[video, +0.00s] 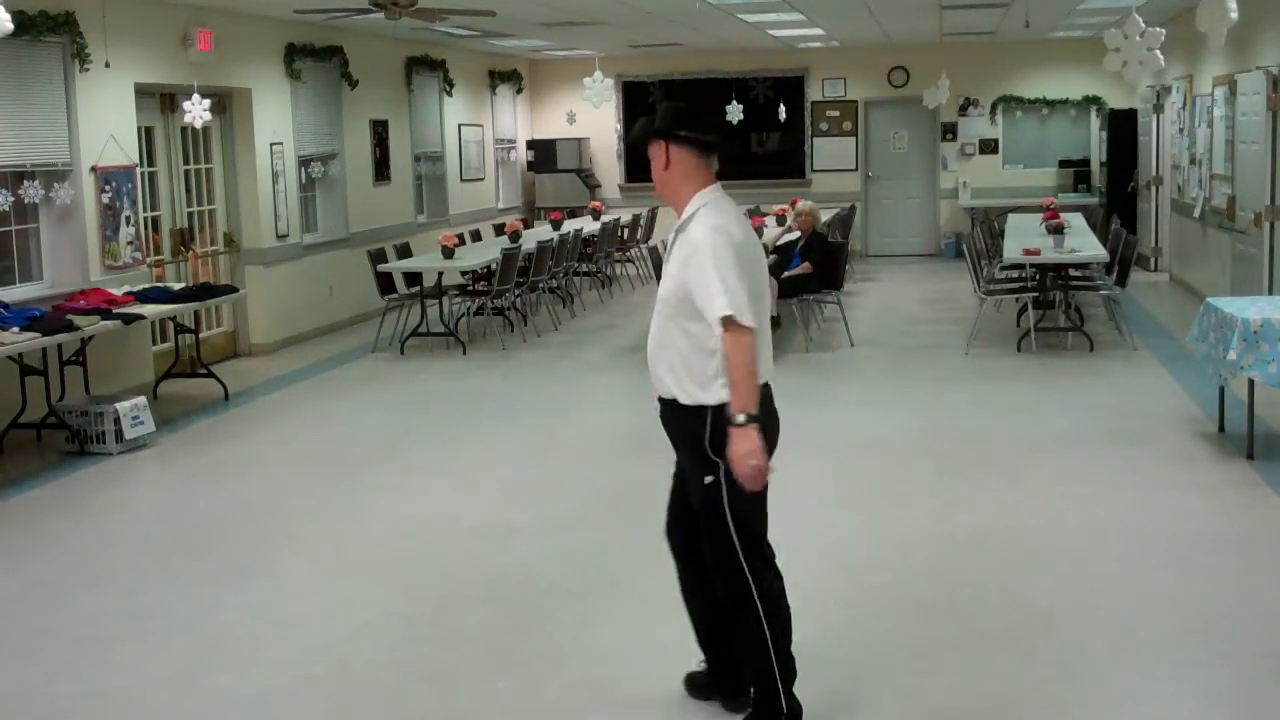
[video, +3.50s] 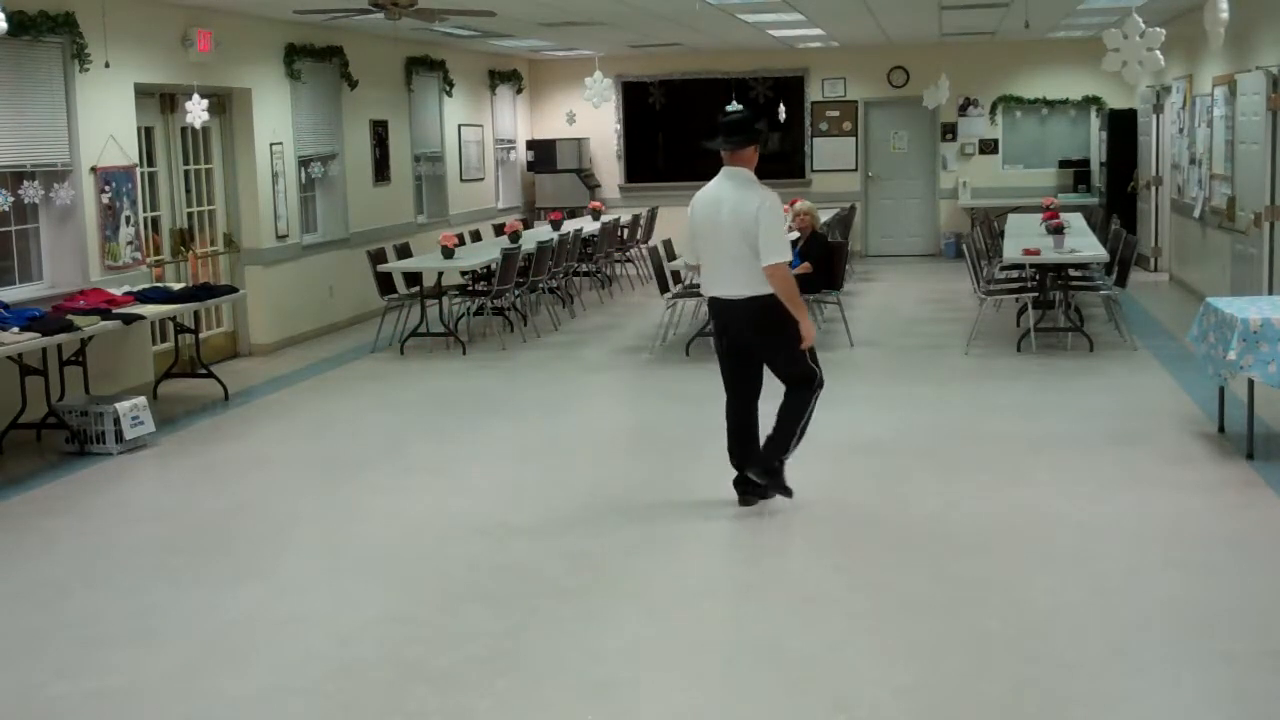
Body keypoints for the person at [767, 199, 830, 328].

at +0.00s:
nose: (803, 219)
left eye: (807, 216)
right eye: (800, 216)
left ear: (814, 219)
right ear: (795, 219)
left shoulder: (820, 240)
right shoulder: (794, 242)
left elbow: (810, 266)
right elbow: (767, 249)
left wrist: (785, 275)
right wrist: (785, 230)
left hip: (808, 280)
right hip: (789, 278)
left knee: (767, 287)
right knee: (766, 279)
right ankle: (773, 316)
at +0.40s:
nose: (802, 218)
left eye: (807, 215)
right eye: (799, 215)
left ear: (814, 219)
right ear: (795, 219)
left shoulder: (820, 239)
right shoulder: (795, 242)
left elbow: (810, 267)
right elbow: (766, 249)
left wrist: (786, 274)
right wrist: (784, 231)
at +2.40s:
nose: (801, 220)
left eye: (805, 216)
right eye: (798, 217)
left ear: (813, 219)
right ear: (794, 221)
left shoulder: (820, 240)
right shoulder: (796, 241)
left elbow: (809, 267)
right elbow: (767, 249)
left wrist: (785, 276)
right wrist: (784, 230)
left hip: (809, 279)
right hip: (790, 275)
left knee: (768, 291)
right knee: (765, 275)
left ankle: (769, 343)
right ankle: (773, 315)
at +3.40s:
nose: (801, 218)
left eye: (805, 215)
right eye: (798, 215)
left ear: (812, 218)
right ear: (794, 220)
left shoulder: (819, 239)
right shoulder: (795, 242)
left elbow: (809, 266)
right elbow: (768, 249)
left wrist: (786, 275)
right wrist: (785, 231)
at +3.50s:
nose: (801, 218)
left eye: (805, 215)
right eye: (798, 215)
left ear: (812, 218)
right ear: (794, 220)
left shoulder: (819, 239)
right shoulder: (793, 241)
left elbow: (810, 266)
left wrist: (787, 275)